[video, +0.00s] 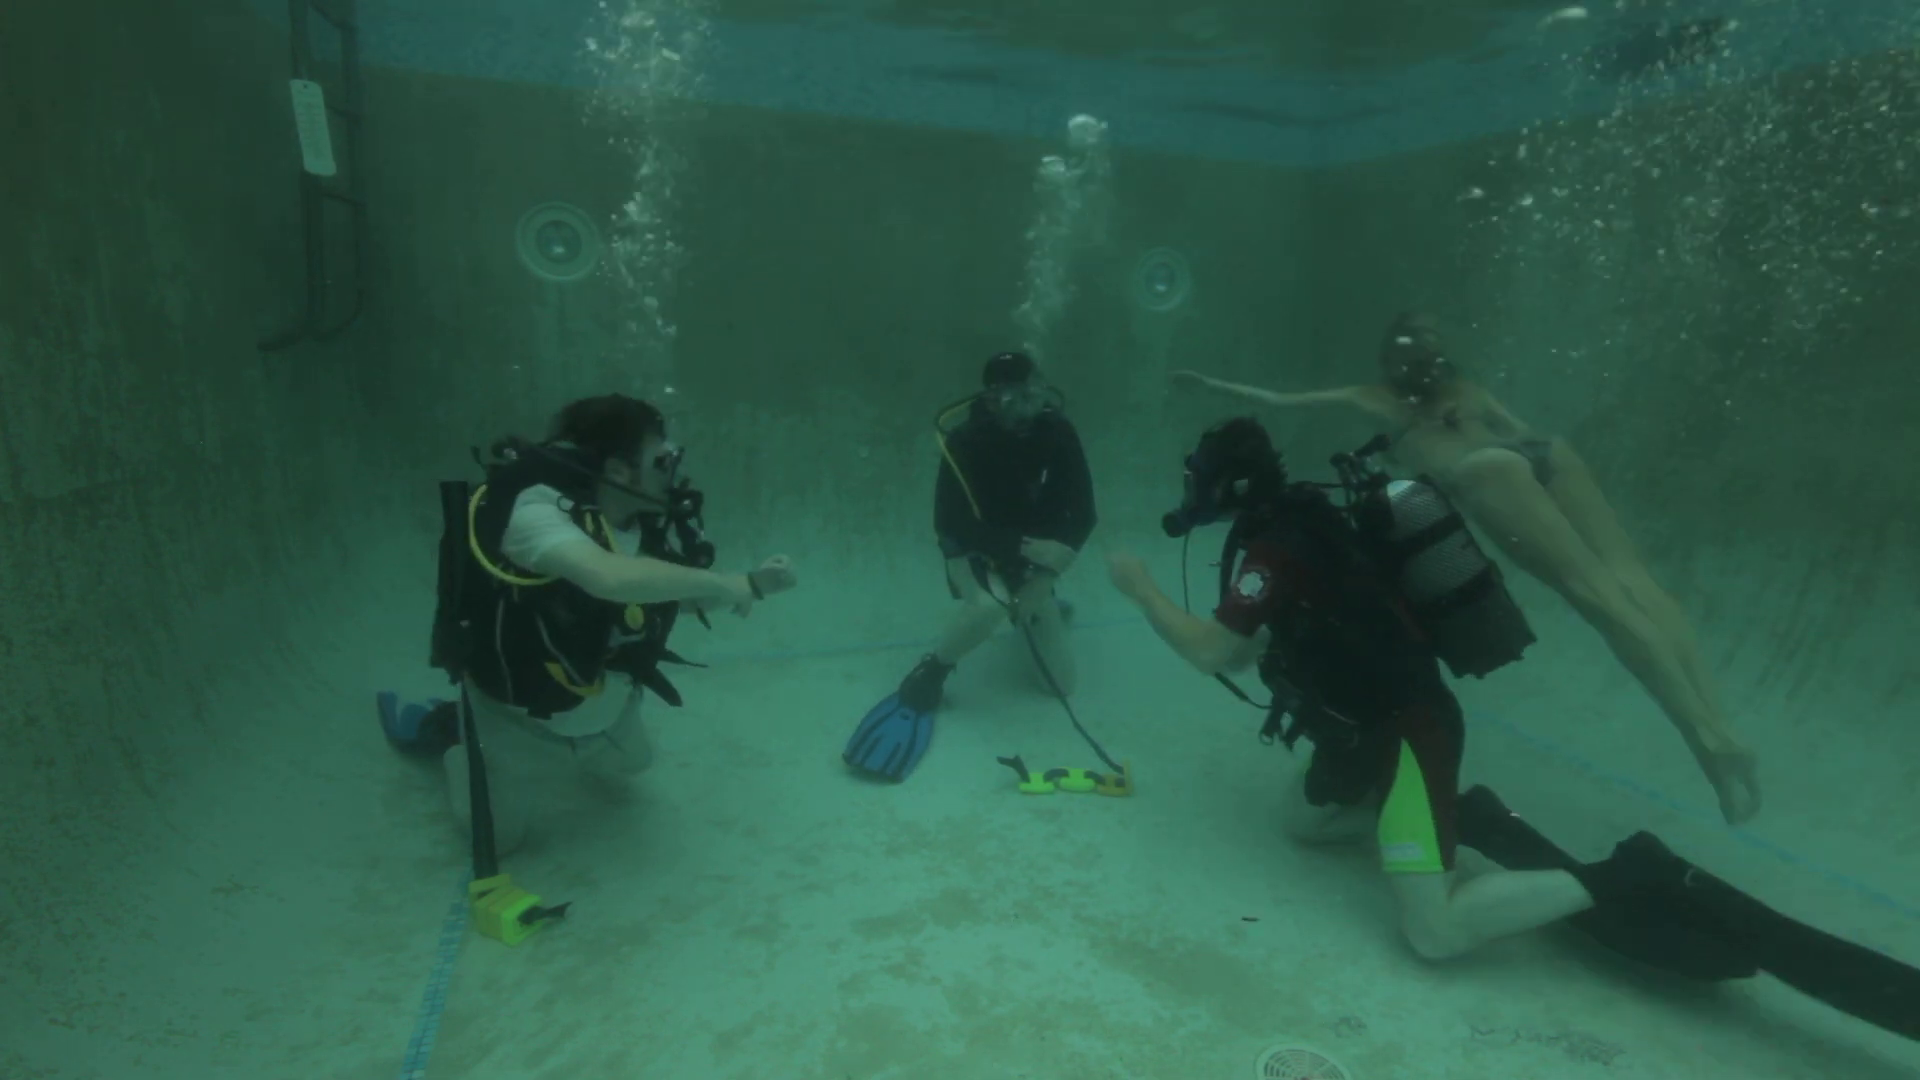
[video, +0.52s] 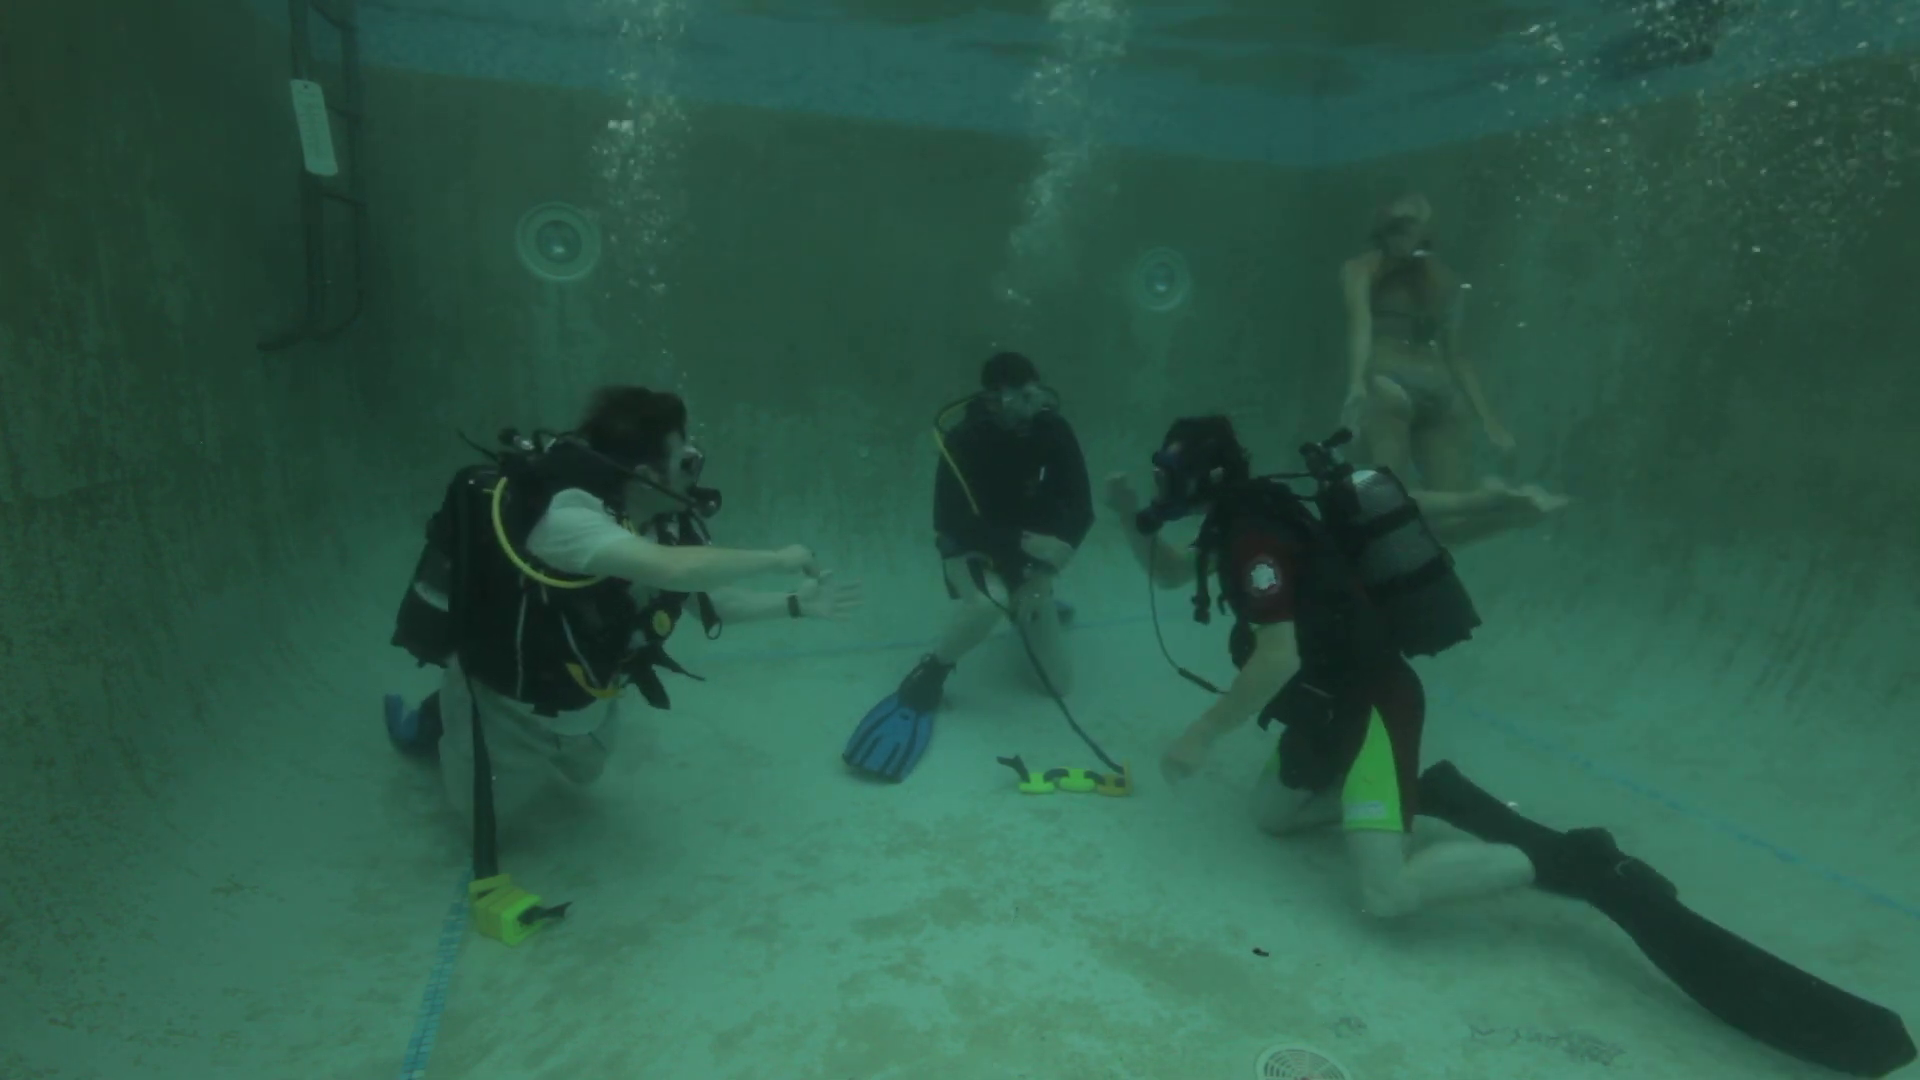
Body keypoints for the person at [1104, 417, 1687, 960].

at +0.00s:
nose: (1189, 492)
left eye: (1197, 481)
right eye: (1192, 480)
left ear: (1229, 486)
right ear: (1254, 471)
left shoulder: (1270, 540)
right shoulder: (1288, 515)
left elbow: (1214, 652)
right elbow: (1249, 644)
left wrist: (1144, 592)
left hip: (1408, 722)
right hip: (1362, 708)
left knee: (1435, 931)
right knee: (1314, 823)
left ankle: (1605, 881)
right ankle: (1450, 826)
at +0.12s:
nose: (1191, 484)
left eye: (1200, 473)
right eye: (1194, 471)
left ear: (1227, 480)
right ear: (1250, 468)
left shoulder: (1274, 537)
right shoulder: (1282, 511)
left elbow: (1221, 655)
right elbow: (1286, 612)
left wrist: (1145, 634)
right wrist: (1201, 614)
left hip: (1394, 719)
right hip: (1346, 702)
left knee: (1415, 928)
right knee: (1286, 813)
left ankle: (1586, 888)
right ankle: (1427, 809)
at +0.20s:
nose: (1189, 483)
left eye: (1197, 473)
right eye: (1190, 471)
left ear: (1226, 479)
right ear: (1245, 470)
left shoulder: (1271, 536)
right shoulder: (1275, 513)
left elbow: (1231, 659)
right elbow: (1267, 618)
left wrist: (1148, 662)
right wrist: (1184, 588)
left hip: (1386, 719)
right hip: (1339, 703)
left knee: (1406, 925)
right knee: (1276, 811)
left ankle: (1579, 890)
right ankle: (1410, 798)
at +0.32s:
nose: (1180, 486)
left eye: (1187, 476)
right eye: (1183, 474)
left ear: (1216, 478)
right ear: (1236, 470)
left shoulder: (1264, 536)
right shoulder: (1248, 521)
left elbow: (1248, 661)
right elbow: (1201, 595)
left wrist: (1164, 698)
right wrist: (1151, 533)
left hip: (1380, 716)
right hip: (1327, 701)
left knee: (1396, 920)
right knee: (1279, 814)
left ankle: (1568, 890)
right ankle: (1428, 807)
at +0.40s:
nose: (1175, 487)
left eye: (1181, 476)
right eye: (1176, 475)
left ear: (1208, 480)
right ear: (1228, 473)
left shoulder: (1261, 533)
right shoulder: (1241, 519)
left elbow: (1257, 661)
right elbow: (1181, 576)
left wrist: (1175, 720)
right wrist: (1152, 522)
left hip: (1377, 708)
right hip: (1325, 699)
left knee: (1389, 911)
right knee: (1277, 812)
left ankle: (1566, 874)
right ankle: (1429, 803)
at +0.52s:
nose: (1162, 486)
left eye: (1169, 474)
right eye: (1162, 472)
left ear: (1205, 476)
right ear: (1211, 472)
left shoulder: (1254, 531)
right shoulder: (1231, 518)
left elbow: (1278, 657)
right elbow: (1170, 571)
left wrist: (1201, 735)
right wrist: (1138, 524)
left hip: (1373, 699)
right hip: (1325, 694)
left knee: (1386, 892)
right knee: (1279, 813)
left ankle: (1568, 862)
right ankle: (1426, 798)